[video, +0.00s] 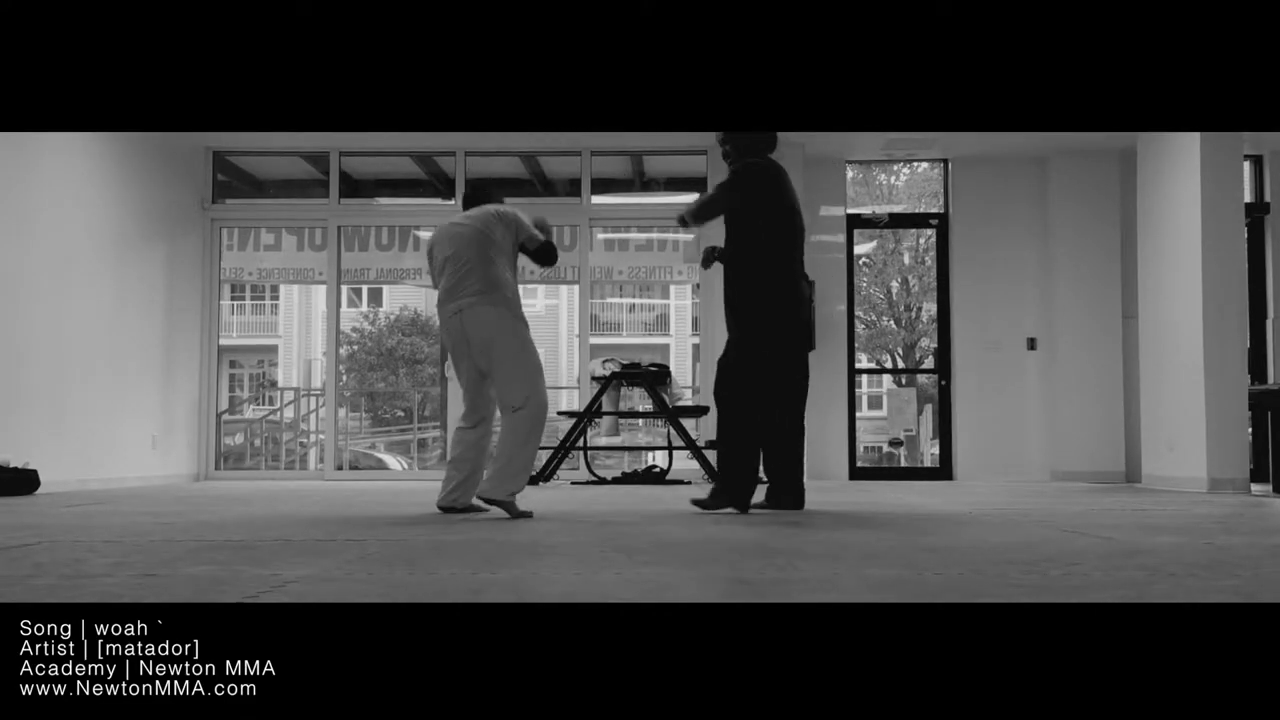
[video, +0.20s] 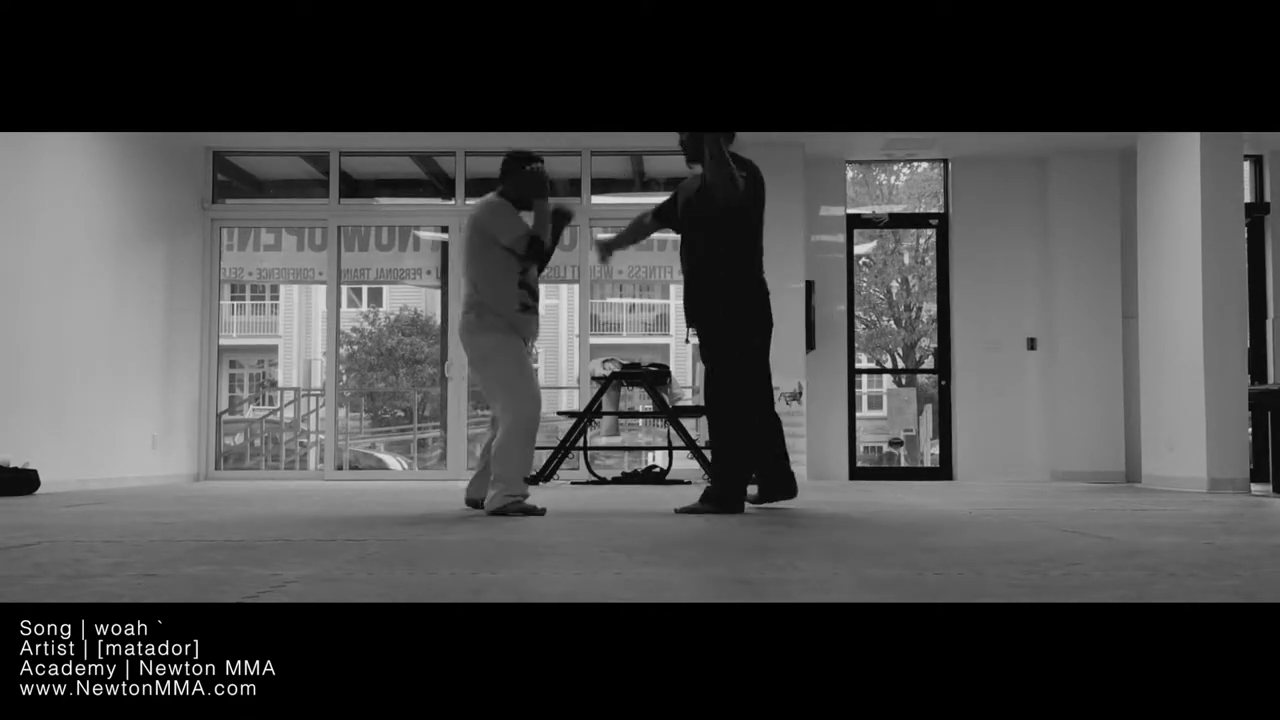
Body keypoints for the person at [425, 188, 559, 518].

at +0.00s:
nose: (504, 206)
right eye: (502, 203)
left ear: (464, 205)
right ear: (493, 202)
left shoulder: (438, 235)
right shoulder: (503, 214)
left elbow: (441, 283)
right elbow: (547, 257)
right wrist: (542, 234)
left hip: (452, 322)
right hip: (493, 314)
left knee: (477, 408)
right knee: (527, 402)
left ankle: (454, 496)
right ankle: (499, 489)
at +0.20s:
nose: (540, 189)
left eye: (541, 182)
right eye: (536, 181)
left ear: (512, 181)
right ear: (519, 180)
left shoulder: (503, 213)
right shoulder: (495, 211)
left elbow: (536, 263)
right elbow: (535, 255)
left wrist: (556, 228)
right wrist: (542, 207)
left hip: (498, 329)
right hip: (491, 329)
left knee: (509, 407)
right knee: (523, 404)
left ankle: (481, 489)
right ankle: (505, 496)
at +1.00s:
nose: (548, 183)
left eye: (548, 176)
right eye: (545, 175)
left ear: (520, 172)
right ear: (528, 174)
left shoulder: (515, 207)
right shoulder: (496, 197)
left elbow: (541, 255)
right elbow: (520, 255)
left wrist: (551, 211)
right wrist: (546, 238)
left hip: (493, 323)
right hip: (481, 322)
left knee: (495, 407)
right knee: (514, 404)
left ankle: (464, 486)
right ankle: (498, 498)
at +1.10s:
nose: (543, 191)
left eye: (542, 184)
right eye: (542, 184)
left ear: (510, 176)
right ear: (536, 179)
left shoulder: (482, 203)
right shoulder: (522, 195)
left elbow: (480, 258)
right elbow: (530, 253)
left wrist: (518, 273)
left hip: (458, 322)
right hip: (489, 322)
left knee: (483, 407)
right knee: (521, 404)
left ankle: (463, 492)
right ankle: (498, 497)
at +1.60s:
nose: (523, 183)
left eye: (523, 177)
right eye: (520, 176)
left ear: (486, 173)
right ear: (502, 173)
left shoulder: (462, 205)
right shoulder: (498, 198)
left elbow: (487, 248)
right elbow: (510, 247)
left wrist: (527, 226)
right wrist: (544, 234)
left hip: (452, 319)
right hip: (484, 318)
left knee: (477, 410)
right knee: (514, 400)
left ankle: (466, 494)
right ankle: (515, 478)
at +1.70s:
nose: (519, 177)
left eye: (519, 171)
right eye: (517, 170)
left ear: (484, 166)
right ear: (505, 168)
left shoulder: (476, 201)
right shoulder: (483, 189)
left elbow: (513, 253)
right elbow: (483, 231)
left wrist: (528, 211)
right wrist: (531, 225)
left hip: (451, 316)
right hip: (472, 317)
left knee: (466, 409)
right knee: (501, 400)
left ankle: (464, 492)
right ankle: (499, 484)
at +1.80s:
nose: (510, 175)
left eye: (511, 169)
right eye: (508, 168)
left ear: (478, 162)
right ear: (493, 164)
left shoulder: (481, 200)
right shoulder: (472, 185)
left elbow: (520, 241)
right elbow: (466, 227)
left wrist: (523, 196)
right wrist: (514, 241)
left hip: (472, 315)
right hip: (464, 314)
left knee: (473, 402)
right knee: (478, 401)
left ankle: (463, 490)